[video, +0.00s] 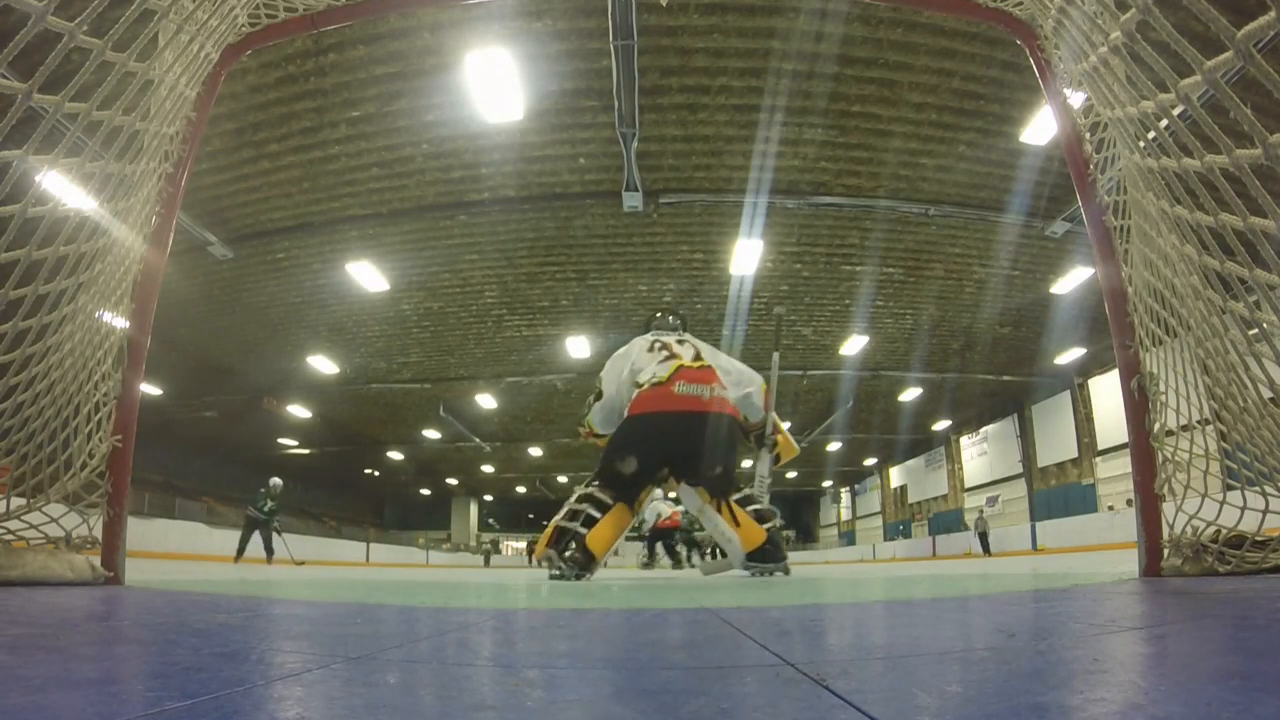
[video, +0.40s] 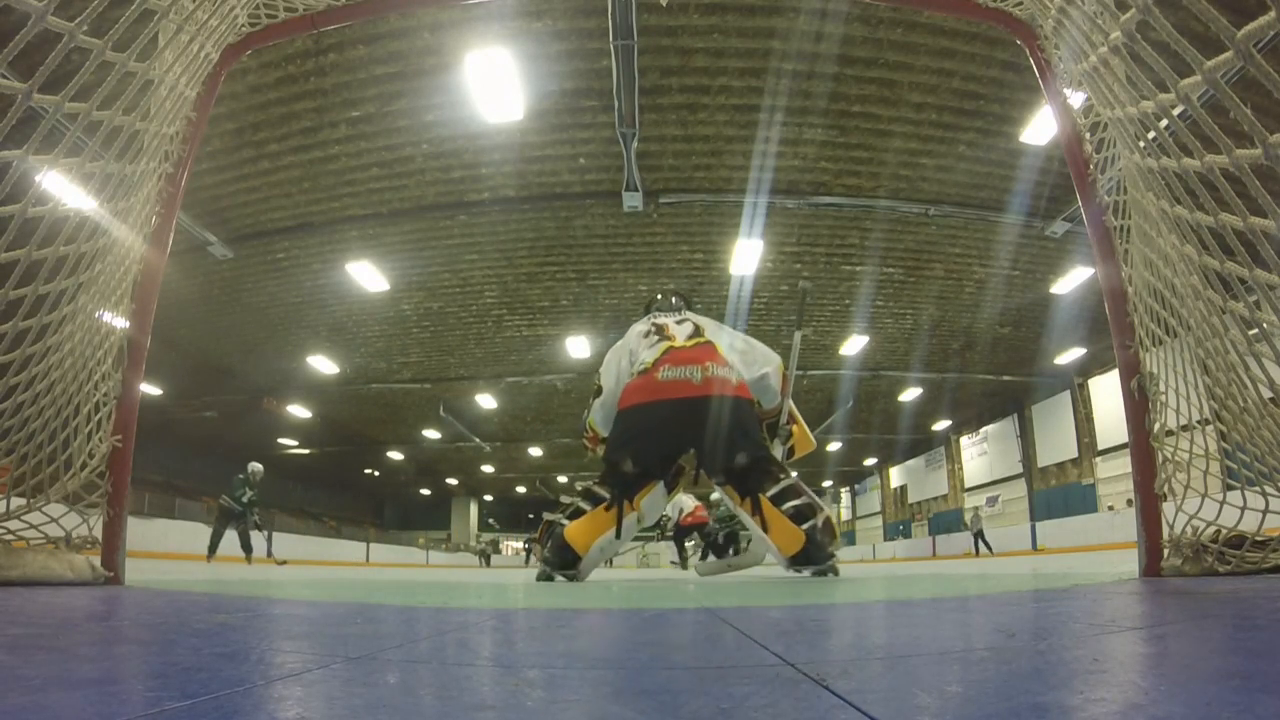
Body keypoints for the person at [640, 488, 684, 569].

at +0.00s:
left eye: (653, 496)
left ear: (653, 496)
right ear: (662, 496)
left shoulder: (654, 505)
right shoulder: (669, 504)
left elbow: (649, 521)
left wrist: (643, 531)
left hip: (659, 529)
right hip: (671, 528)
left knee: (651, 541)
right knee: (667, 544)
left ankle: (651, 560)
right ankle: (677, 559)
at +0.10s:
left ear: (660, 496)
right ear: (669, 495)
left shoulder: (660, 505)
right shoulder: (677, 502)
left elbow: (657, 521)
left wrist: (652, 532)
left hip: (670, 526)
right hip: (683, 525)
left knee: (659, 539)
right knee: (679, 543)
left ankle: (661, 561)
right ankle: (692, 560)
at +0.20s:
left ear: (668, 496)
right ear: (675, 495)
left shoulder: (669, 503)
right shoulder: (683, 501)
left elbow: (666, 519)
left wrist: (661, 531)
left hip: (679, 525)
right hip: (692, 524)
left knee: (667, 539)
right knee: (695, 545)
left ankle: (669, 562)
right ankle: (706, 560)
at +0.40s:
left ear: (671, 492)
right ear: (680, 489)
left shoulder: (673, 501)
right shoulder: (690, 496)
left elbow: (672, 518)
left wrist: (667, 528)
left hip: (688, 521)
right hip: (703, 519)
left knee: (677, 537)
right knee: (708, 540)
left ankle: (684, 562)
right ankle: (702, 561)